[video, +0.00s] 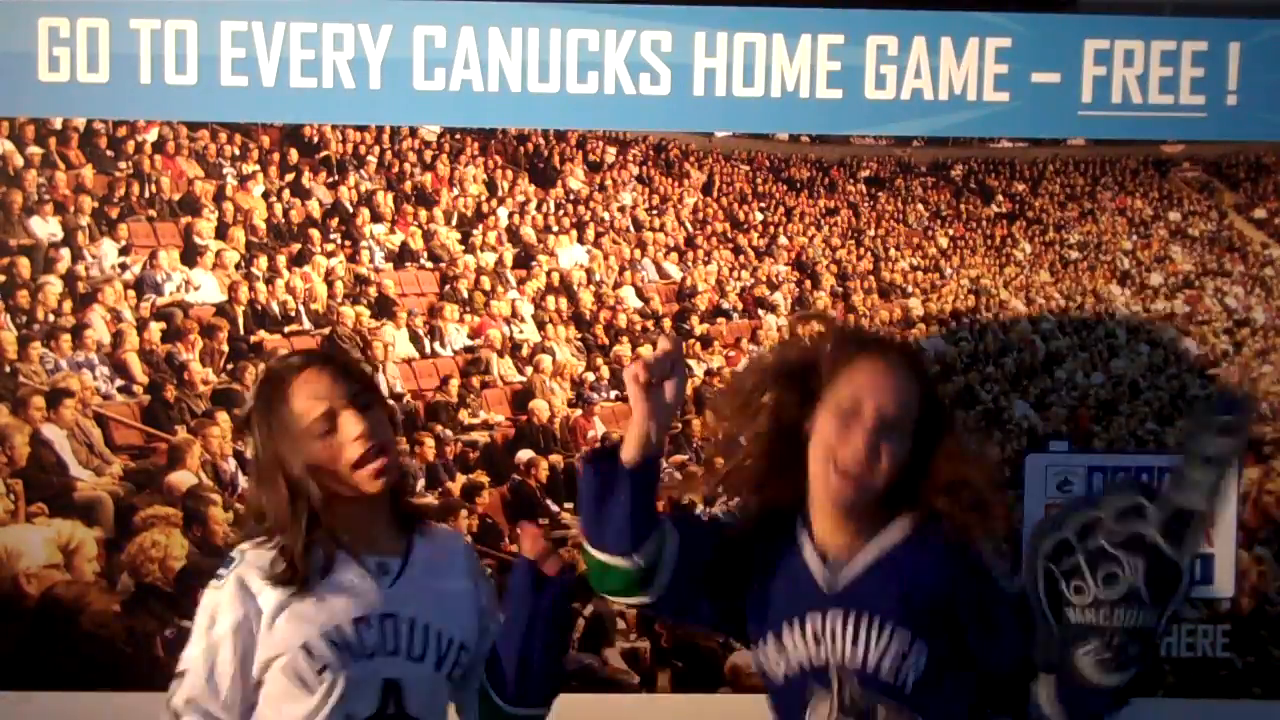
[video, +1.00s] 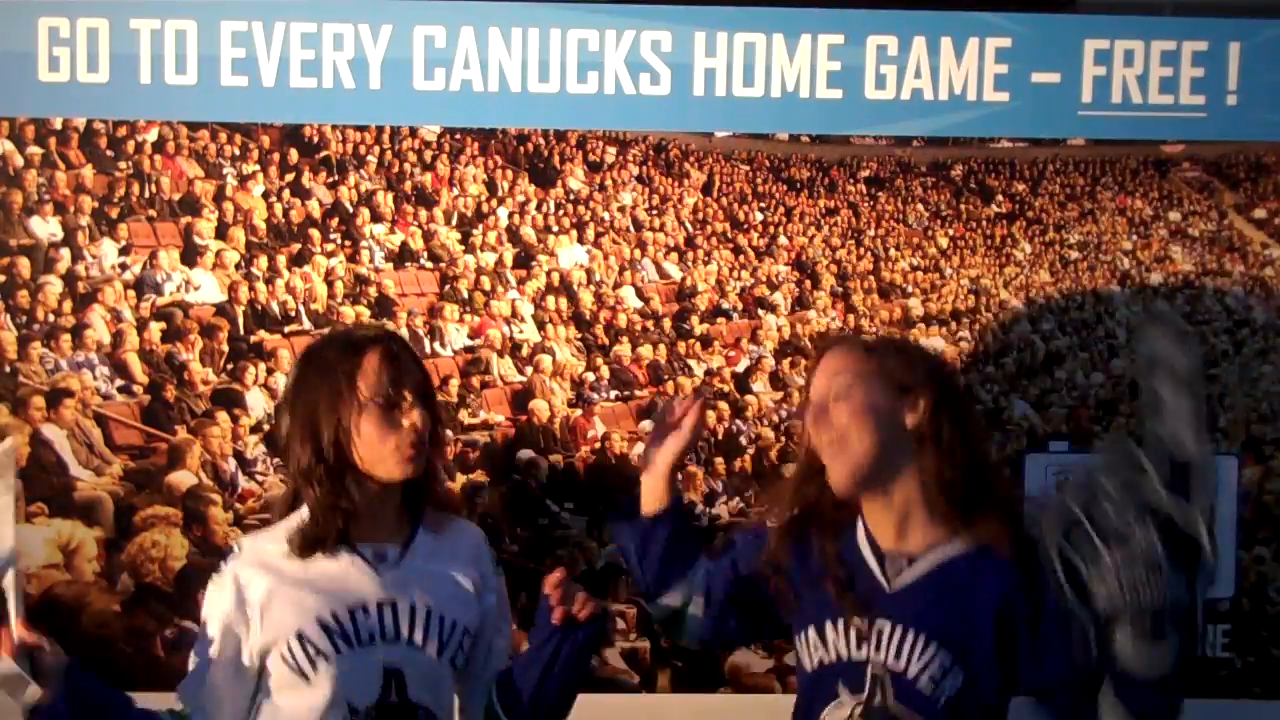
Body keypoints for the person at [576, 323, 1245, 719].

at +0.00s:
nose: (862, 443)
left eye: (888, 432)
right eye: (847, 417)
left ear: (914, 456)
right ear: (807, 421)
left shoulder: (954, 573)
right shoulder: (757, 554)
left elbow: (1036, 701)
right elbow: (630, 567)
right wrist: (639, 448)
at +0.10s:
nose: (870, 446)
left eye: (892, 430)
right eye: (850, 422)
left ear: (916, 458)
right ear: (814, 442)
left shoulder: (974, 577)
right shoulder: (772, 565)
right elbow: (636, 617)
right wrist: (639, 476)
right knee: (570, 708)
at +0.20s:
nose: (867, 372)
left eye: (889, 357)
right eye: (847, 357)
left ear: (924, 387)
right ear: (818, 390)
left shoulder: (996, 503)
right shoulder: (779, 528)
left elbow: (1138, 613)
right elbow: (698, 666)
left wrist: (1152, 502)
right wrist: (637, 593)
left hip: (963, 711)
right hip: (823, 712)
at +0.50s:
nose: (853, 459)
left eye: (867, 430)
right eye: (840, 448)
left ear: (933, 423)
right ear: (836, 473)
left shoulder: (1038, 571)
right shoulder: (830, 574)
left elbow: (1144, 687)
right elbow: (711, 668)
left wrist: (1103, 564)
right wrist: (658, 545)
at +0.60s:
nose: (821, 378)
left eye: (843, 357)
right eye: (819, 365)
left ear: (924, 368)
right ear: (820, 393)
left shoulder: (1023, 532)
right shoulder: (807, 509)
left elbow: (1127, 679)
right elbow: (657, 562)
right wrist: (652, 433)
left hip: (968, 707)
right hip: (821, 705)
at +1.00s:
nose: (810, 426)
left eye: (832, 400)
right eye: (808, 411)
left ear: (912, 409)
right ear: (805, 436)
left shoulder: (1019, 575)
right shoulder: (804, 550)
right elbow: (680, 602)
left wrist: (1146, 631)